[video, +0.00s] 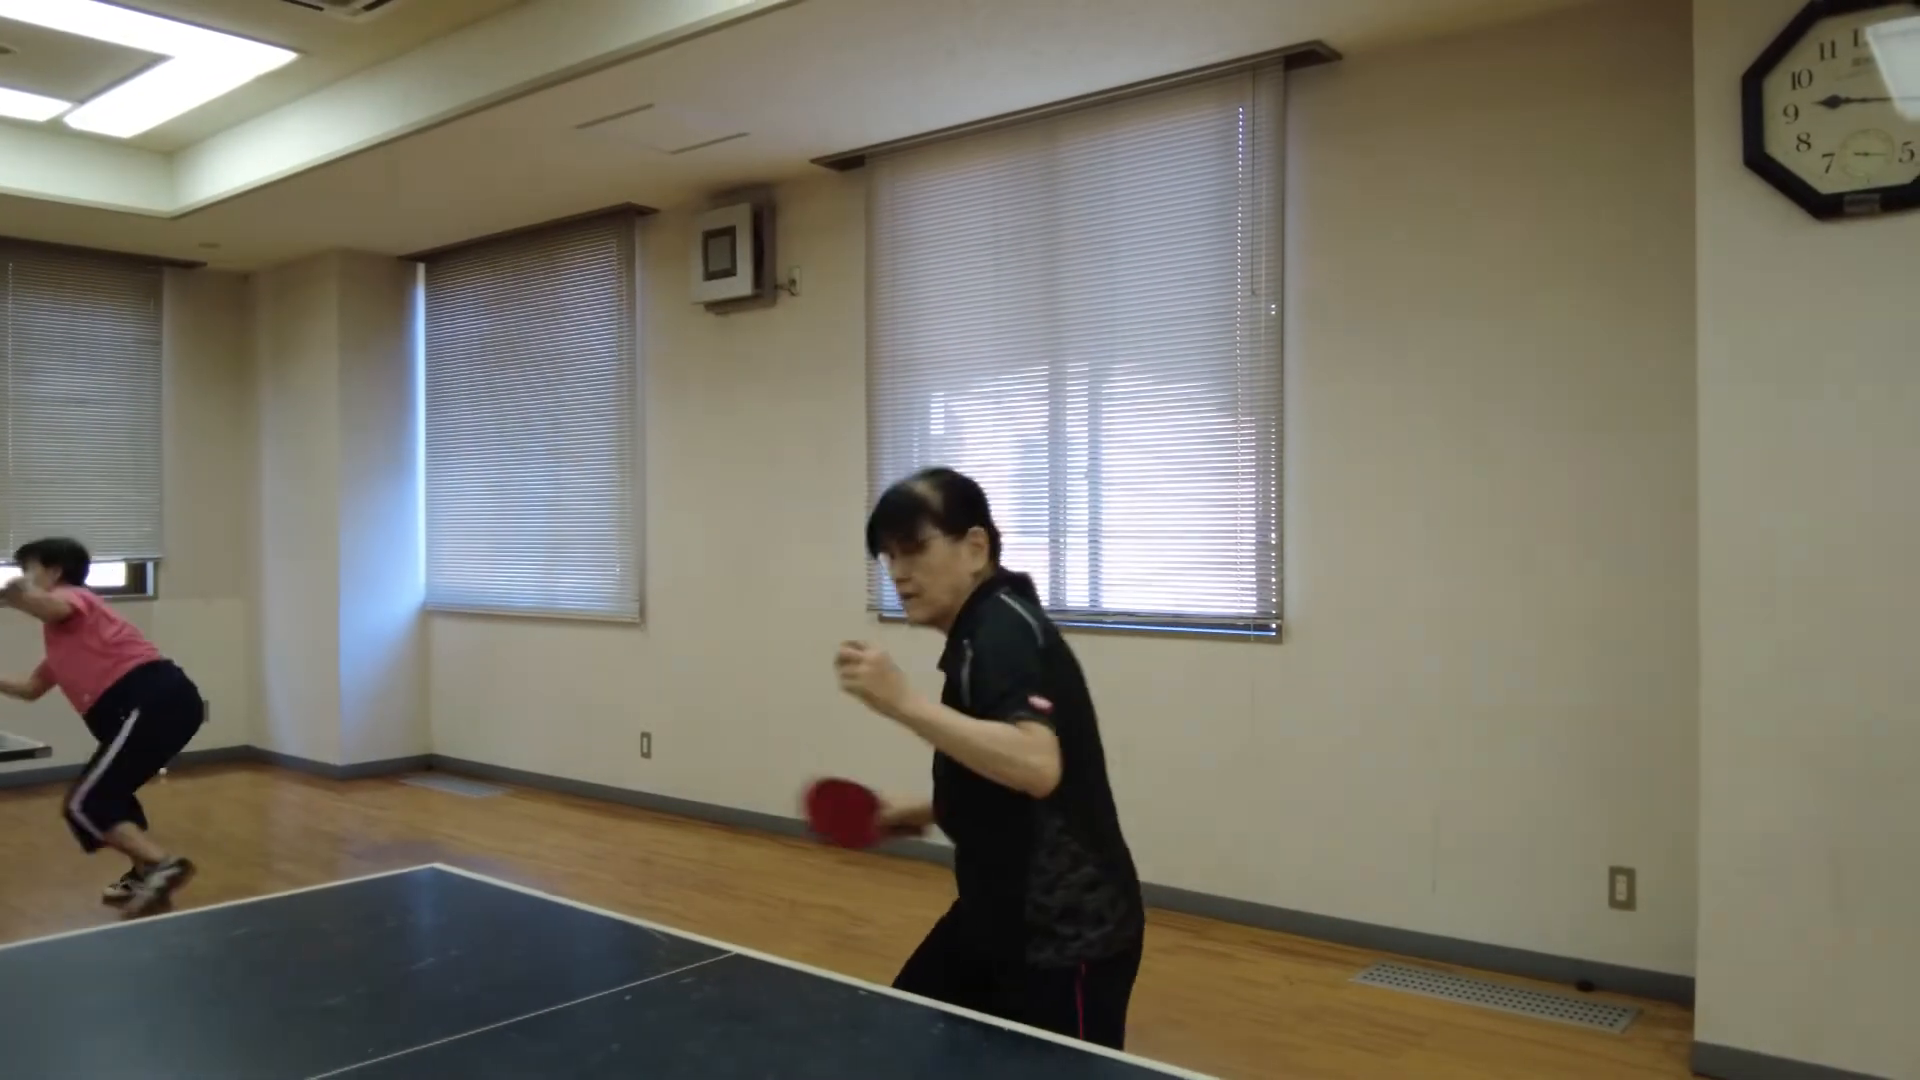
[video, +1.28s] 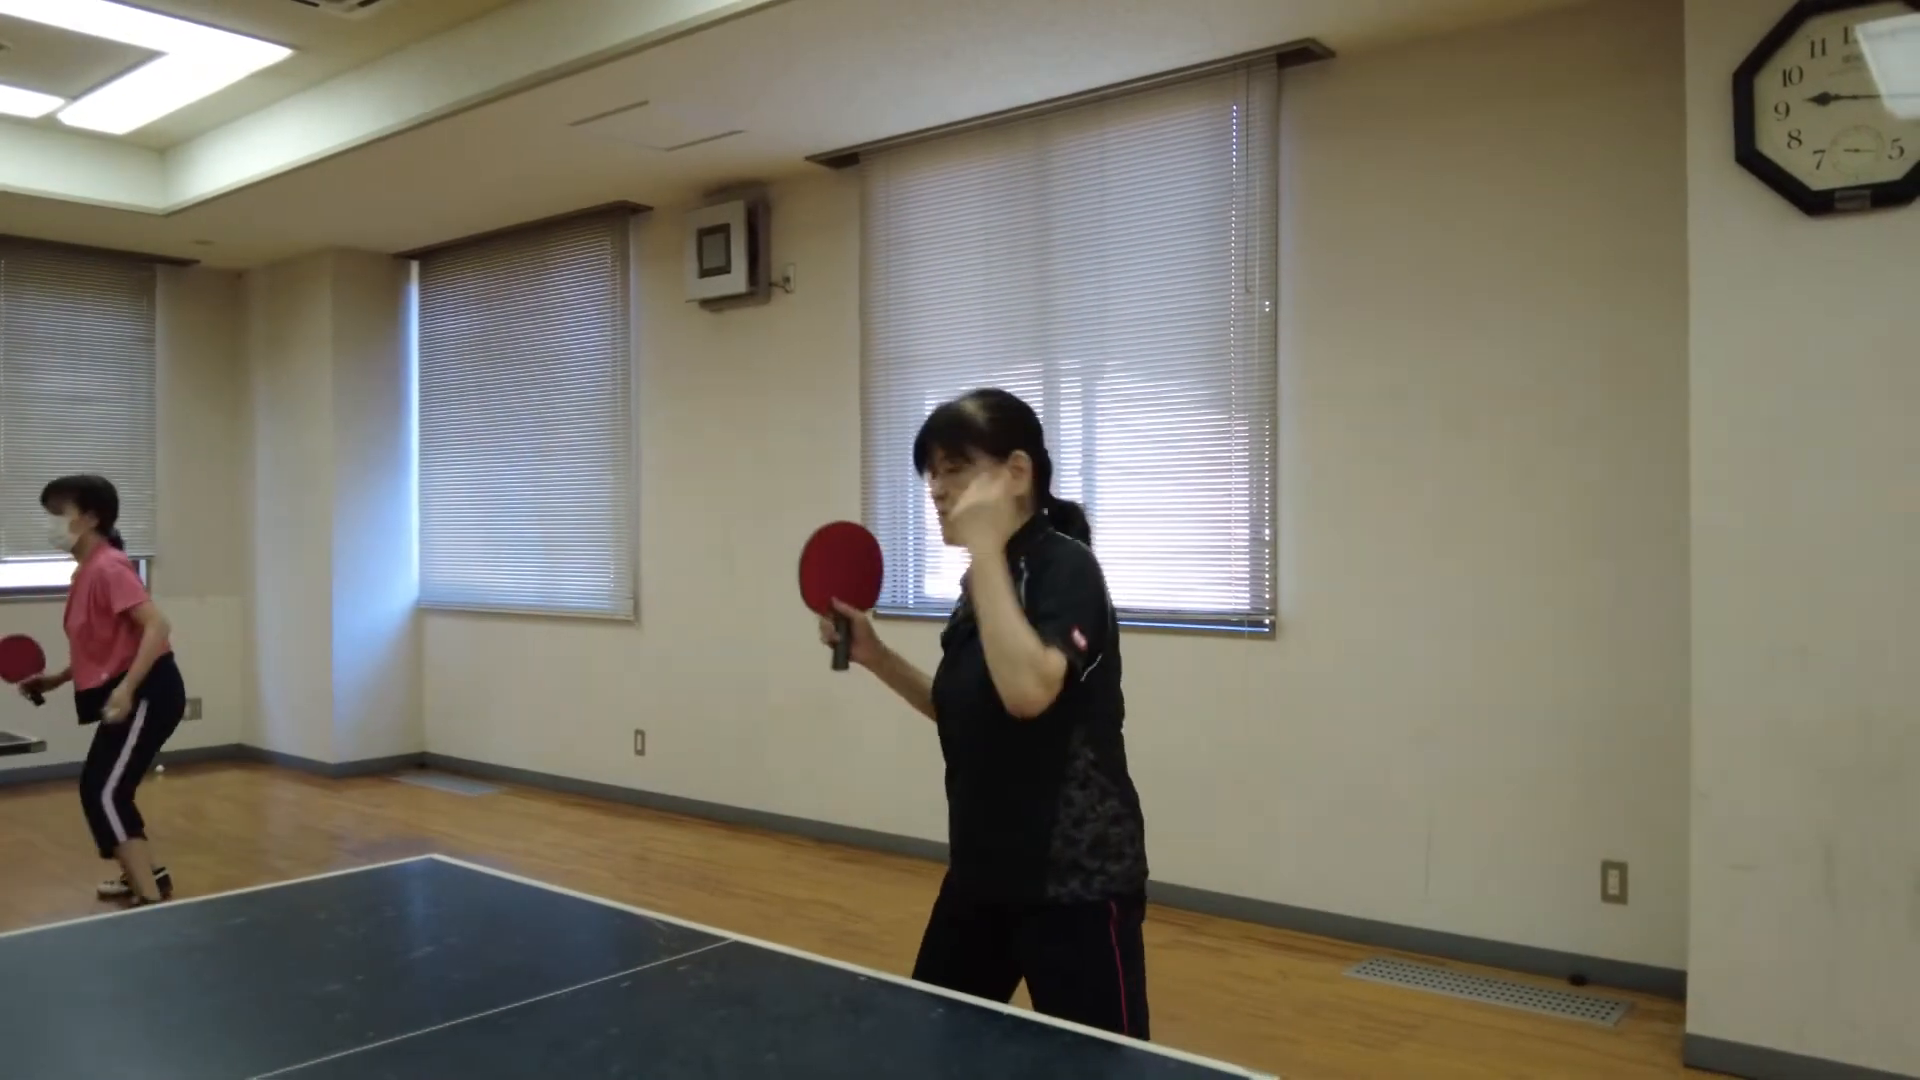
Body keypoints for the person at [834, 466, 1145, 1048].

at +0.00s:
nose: (898, 573)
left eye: (914, 550)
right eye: (890, 558)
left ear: (976, 546)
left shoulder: (1004, 623)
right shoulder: (979, 630)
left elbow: (1037, 766)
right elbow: (1010, 786)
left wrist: (905, 702)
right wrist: (919, 816)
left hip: (1065, 930)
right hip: (998, 912)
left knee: (1060, 1073)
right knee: (897, 1036)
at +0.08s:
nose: (886, 577)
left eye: (899, 553)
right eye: (879, 563)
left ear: (961, 542)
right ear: (961, 548)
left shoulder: (993, 614)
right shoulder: (980, 617)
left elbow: (1006, 744)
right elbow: (1031, 766)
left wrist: (879, 673)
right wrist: (946, 794)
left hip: (1063, 922)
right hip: (1000, 904)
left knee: (1066, 1072)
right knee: (895, 1035)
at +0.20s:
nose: (903, 536)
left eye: (912, 511)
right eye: (895, 520)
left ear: (968, 503)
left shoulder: (1037, 584)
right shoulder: (972, 611)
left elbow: (995, 681)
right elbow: (977, 766)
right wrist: (872, 742)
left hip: (1088, 883)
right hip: (997, 875)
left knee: (1107, 1067)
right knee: (914, 1041)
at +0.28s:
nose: (925, 529)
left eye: (937, 505)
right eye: (916, 516)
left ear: (995, 491)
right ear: (914, 527)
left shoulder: (1075, 569)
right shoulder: (957, 625)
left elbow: (1012, 642)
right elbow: (901, 733)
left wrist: (960, 517)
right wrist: (811, 661)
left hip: (1121, 866)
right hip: (1013, 865)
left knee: (1138, 1064)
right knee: (930, 1036)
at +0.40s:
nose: (955, 536)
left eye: (971, 513)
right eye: (947, 522)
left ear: (1036, 509)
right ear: (943, 530)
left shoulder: (1116, 593)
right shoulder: (965, 631)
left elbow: (1088, 663)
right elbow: (854, 709)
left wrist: (1027, 533)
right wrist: (827, 597)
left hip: (1133, 898)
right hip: (1015, 893)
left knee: (1153, 1074)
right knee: (932, 1051)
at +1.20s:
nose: (946, 488)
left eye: (965, 470)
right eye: (941, 471)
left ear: (1021, 474)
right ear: (937, 476)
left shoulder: (1075, 565)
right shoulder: (975, 590)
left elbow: (1023, 648)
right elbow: (951, 713)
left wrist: (1013, 514)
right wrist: (862, 648)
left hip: (1074, 879)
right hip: (979, 869)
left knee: (1103, 1064)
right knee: (919, 1041)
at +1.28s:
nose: (937, 489)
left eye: (956, 468)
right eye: (931, 475)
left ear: (1018, 473)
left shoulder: (1064, 565)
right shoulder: (981, 584)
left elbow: (1029, 690)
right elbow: (963, 714)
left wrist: (984, 549)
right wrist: (875, 655)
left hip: (1077, 877)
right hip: (987, 869)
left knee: (1102, 1064)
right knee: (928, 1042)